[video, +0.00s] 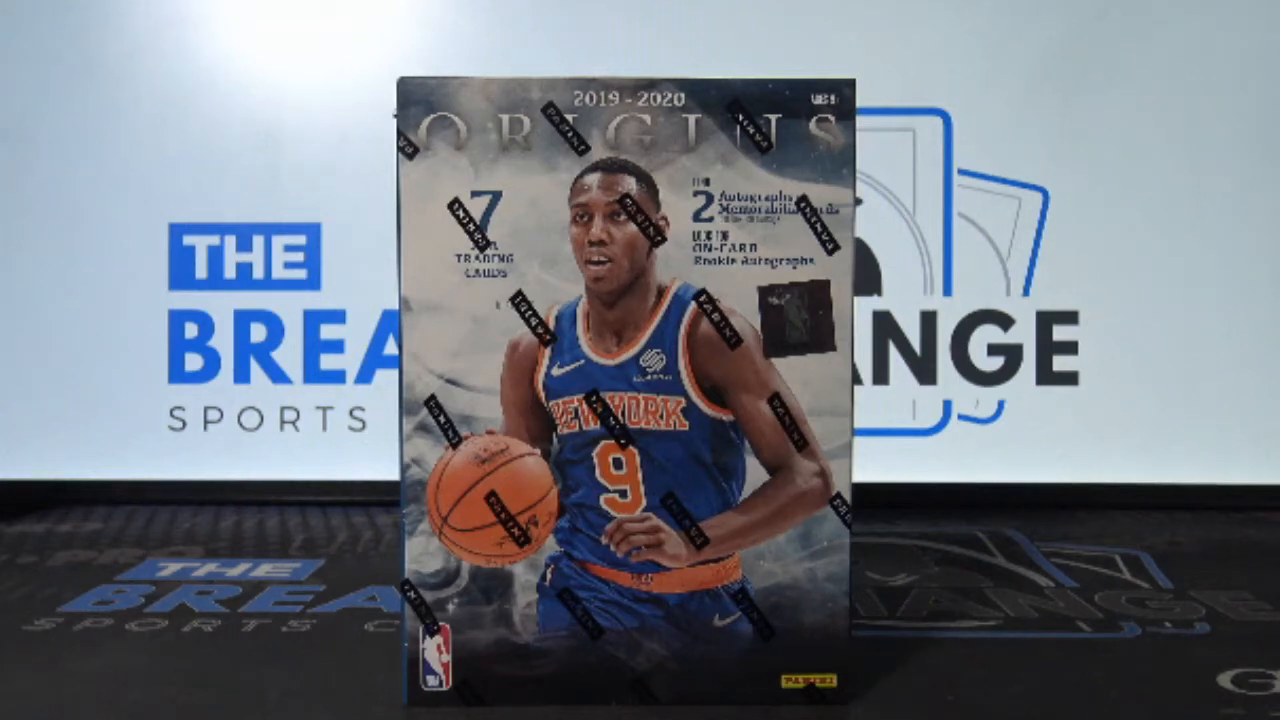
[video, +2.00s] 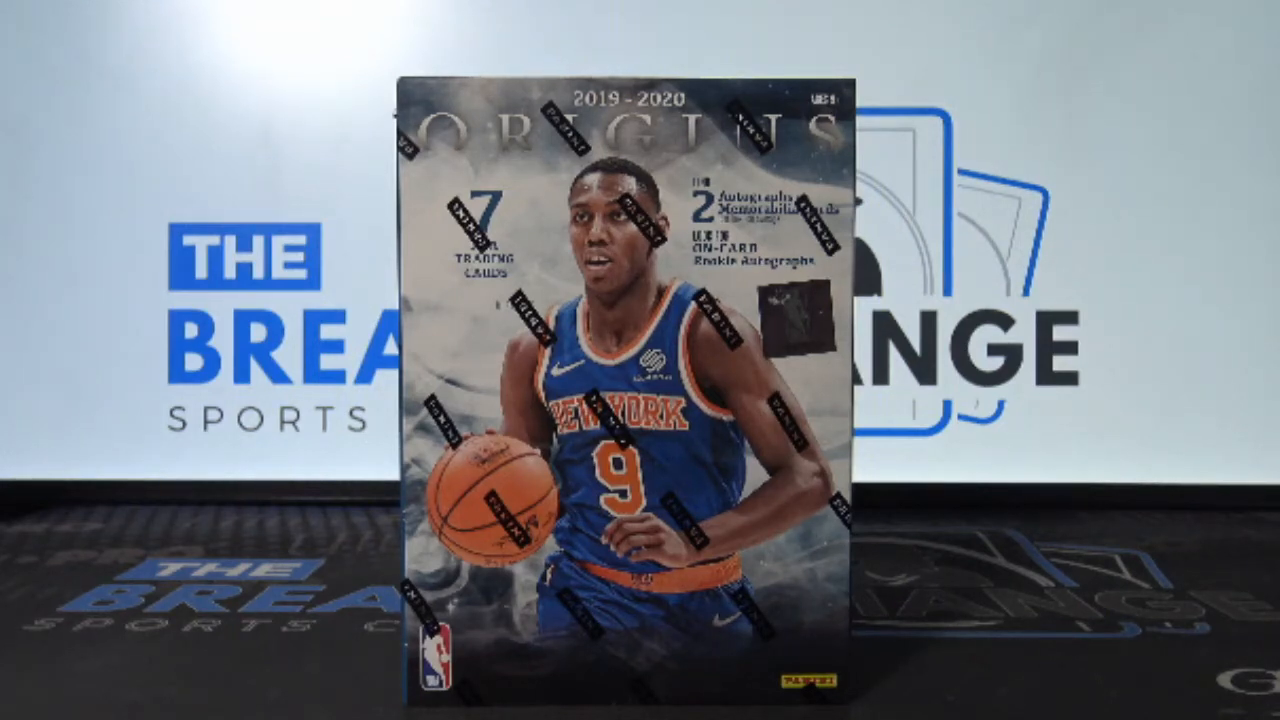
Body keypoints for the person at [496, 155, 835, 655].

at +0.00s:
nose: (595, 235)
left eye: (617, 216)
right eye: (581, 218)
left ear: (657, 230)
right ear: (569, 232)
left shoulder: (712, 334)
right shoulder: (534, 353)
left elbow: (809, 476)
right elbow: (528, 489)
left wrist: (695, 542)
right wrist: (479, 471)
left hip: (698, 612)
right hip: (583, 605)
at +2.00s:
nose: (595, 235)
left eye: (618, 216)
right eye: (582, 218)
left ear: (657, 230)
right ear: (570, 232)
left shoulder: (712, 334)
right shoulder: (534, 353)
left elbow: (809, 476)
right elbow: (526, 487)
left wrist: (695, 542)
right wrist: (476, 471)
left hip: (698, 613)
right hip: (583, 606)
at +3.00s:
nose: (595, 234)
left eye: (618, 216)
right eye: (582, 218)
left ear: (658, 229)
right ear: (569, 232)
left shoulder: (712, 334)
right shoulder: (534, 353)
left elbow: (809, 476)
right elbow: (526, 487)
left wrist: (695, 543)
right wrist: (480, 469)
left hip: (697, 613)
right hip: (582, 607)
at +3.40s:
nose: (595, 235)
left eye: (617, 216)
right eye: (582, 218)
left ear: (657, 229)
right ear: (569, 232)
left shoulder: (712, 334)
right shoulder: (535, 352)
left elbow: (809, 476)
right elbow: (527, 486)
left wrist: (696, 542)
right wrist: (485, 466)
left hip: (698, 613)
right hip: (582, 607)